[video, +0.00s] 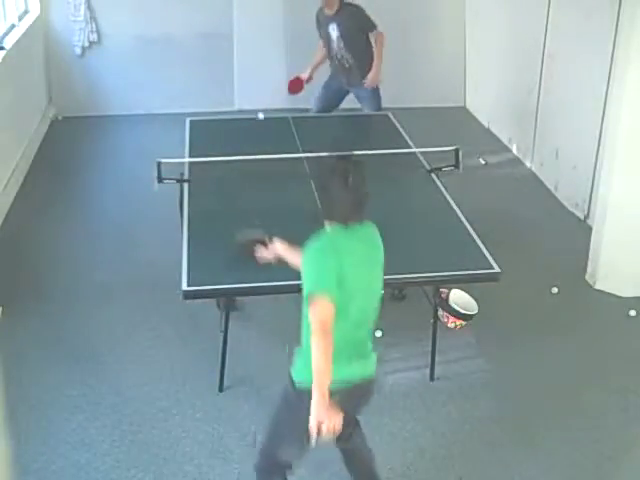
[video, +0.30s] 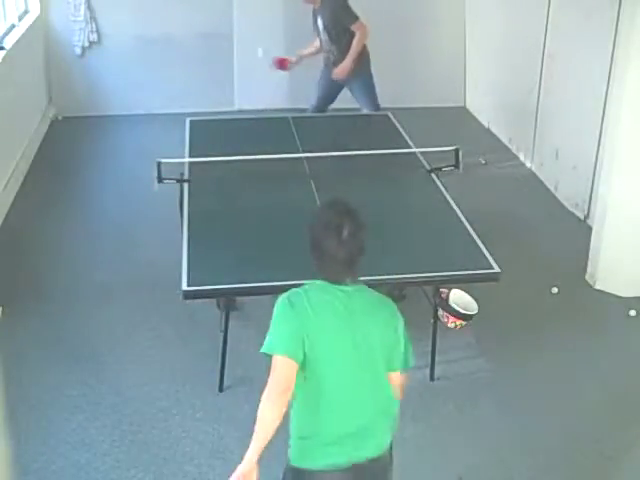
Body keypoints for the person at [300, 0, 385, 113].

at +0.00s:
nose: (323, 2)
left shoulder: (353, 11)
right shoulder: (321, 15)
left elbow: (378, 36)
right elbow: (324, 48)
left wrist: (375, 71)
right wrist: (310, 71)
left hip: (362, 77)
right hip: (338, 77)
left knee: (375, 121)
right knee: (317, 115)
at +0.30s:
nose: (305, 3)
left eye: (305, 1)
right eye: (304, 2)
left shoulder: (336, 4)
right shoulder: (316, 11)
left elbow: (361, 30)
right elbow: (321, 44)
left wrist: (347, 64)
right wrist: (298, 58)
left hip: (355, 65)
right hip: (332, 68)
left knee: (372, 112)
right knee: (316, 111)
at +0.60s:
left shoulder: (355, 2)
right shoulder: (312, 2)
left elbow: (370, 20)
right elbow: (307, 30)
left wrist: (359, 45)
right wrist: (317, 28)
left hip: (348, 52)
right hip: (324, 54)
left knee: (360, 107)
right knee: (315, 106)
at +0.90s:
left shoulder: (370, 3)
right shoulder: (325, 3)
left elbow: (382, 22)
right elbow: (312, 23)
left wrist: (387, 50)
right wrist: (314, 36)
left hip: (357, 62)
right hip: (329, 61)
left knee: (369, 111)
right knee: (315, 107)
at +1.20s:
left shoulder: (358, 3)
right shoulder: (314, 3)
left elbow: (369, 26)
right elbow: (301, 30)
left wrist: (380, 52)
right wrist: (308, 43)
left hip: (349, 64)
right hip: (320, 63)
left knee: (361, 111)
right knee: (300, 109)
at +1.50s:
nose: (334, 2)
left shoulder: (347, 10)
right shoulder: (308, 8)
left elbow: (356, 42)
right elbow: (291, 37)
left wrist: (369, 66)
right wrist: (302, 63)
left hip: (338, 71)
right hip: (310, 70)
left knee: (356, 111)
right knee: (294, 112)